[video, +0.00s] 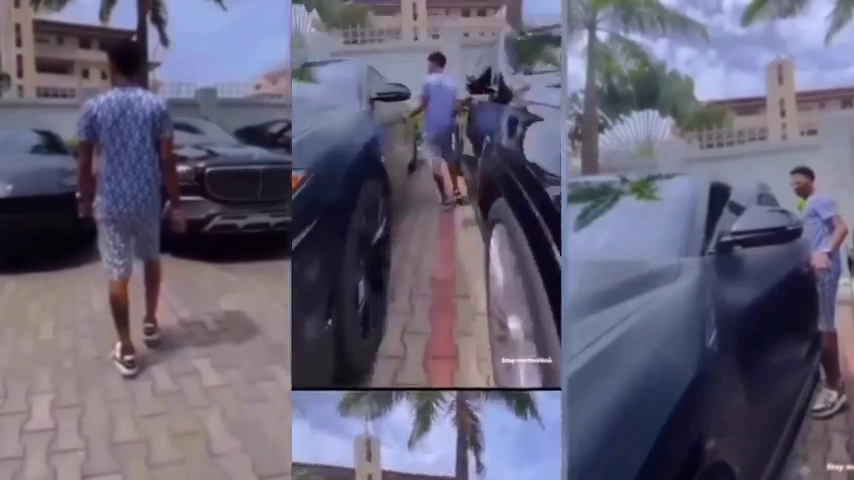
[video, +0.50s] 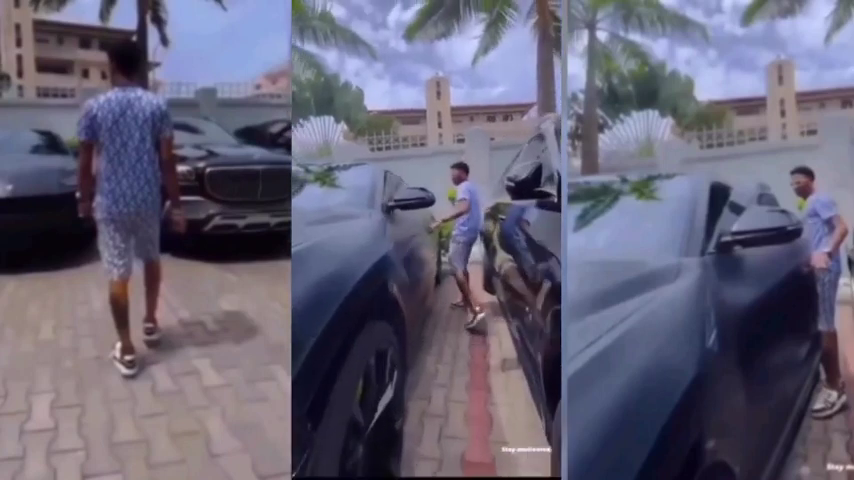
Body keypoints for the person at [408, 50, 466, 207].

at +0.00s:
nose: (428, 67)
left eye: (429, 64)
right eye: (429, 64)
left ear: (433, 65)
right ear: (443, 66)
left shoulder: (428, 81)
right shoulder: (452, 82)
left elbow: (423, 104)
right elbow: (457, 105)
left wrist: (412, 114)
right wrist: (451, 113)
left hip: (432, 127)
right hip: (448, 126)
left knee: (435, 161)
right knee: (450, 160)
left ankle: (444, 197)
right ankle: (457, 190)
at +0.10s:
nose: (432, 134)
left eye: (434, 131)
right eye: (432, 131)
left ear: (439, 131)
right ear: (446, 132)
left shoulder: (436, 147)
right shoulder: (456, 147)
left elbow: (431, 170)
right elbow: (461, 169)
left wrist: (415, 181)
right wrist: (455, 180)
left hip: (440, 191)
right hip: (454, 190)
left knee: (437, 225)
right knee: (450, 223)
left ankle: (449, 266)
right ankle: (455, 254)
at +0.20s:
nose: (436, 160)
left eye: (438, 157)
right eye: (437, 157)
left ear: (445, 157)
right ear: (450, 158)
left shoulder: (441, 172)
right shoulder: (461, 173)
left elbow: (440, 195)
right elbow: (468, 194)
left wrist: (422, 205)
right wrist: (462, 206)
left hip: (446, 215)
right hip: (459, 214)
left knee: (444, 249)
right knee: (453, 247)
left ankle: (455, 295)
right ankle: (450, 273)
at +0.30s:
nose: (442, 168)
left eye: (443, 165)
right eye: (442, 165)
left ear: (450, 164)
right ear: (455, 165)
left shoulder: (449, 178)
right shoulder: (464, 179)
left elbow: (449, 200)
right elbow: (471, 202)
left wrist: (426, 210)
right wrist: (461, 212)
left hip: (452, 223)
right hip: (463, 222)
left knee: (451, 259)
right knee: (453, 253)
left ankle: (462, 304)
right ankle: (452, 283)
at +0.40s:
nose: (447, 172)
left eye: (449, 169)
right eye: (447, 169)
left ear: (457, 168)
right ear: (459, 169)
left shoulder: (458, 183)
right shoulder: (467, 183)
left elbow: (457, 204)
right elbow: (469, 207)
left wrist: (432, 215)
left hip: (458, 227)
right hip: (467, 225)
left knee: (455, 262)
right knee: (455, 259)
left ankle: (468, 307)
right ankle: (457, 290)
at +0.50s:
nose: (452, 178)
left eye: (454, 174)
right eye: (452, 174)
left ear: (462, 174)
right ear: (464, 175)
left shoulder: (464, 187)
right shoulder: (470, 187)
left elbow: (464, 208)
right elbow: (468, 210)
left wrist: (441, 220)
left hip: (463, 232)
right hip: (470, 231)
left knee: (456, 267)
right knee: (461, 266)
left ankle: (474, 309)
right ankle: (465, 300)